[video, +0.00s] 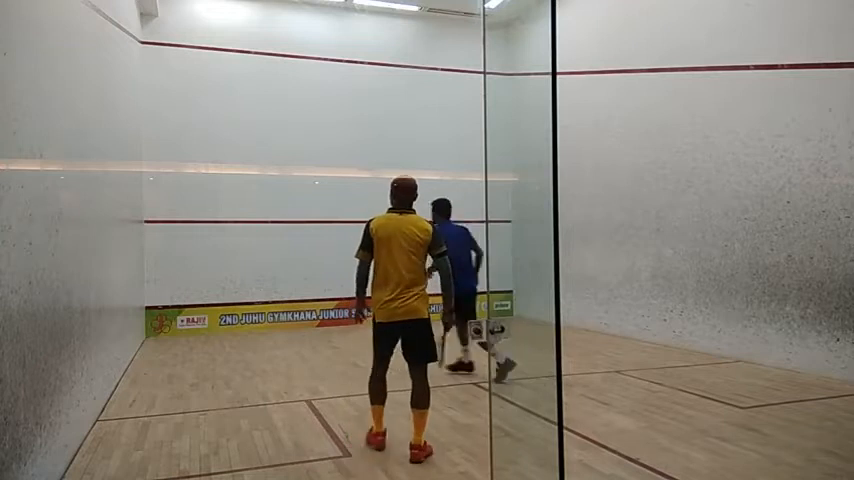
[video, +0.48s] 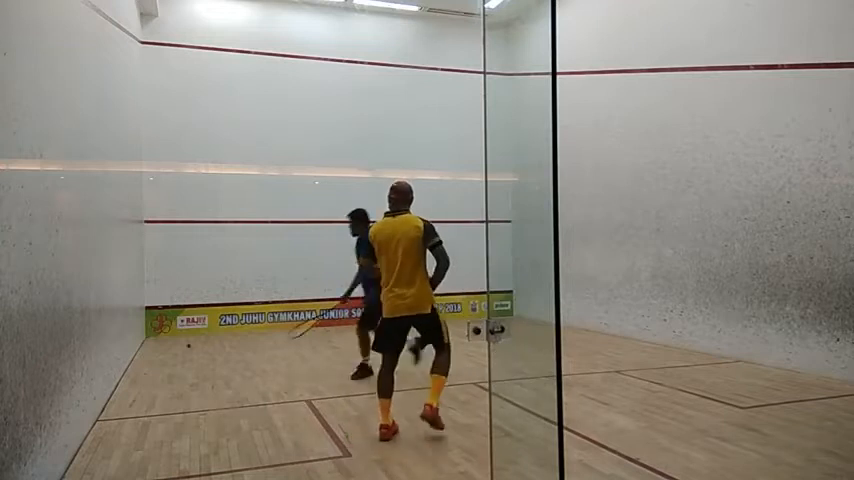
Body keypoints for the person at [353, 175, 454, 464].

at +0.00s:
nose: (394, 197)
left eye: (393, 193)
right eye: (407, 193)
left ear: (391, 196)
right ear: (415, 198)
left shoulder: (375, 226)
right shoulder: (427, 229)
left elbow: (362, 266)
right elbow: (445, 270)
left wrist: (359, 300)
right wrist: (449, 309)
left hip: (384, 314)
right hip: (416, 314)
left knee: (378, 370)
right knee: (419, 376)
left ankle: (378, 432)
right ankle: (417, 444)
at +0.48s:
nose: (390, 195)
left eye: (393, 192)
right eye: (392, 191)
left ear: (393, 199)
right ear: (411, 200)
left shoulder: (374, 231)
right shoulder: (422, 226)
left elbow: (370, 269)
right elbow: (443, 261)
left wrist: (389, 273)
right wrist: (430, 286)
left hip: (391, 308)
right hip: (421, 304)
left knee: (387, 364)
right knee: (442, 347)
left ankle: (385, 423)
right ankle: (432, 405)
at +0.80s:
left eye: (422, 199)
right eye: (434, 202)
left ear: (415, 203)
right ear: (435, 206)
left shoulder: (399, 232)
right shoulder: (441, 231)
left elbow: (392, 270)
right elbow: (460, 265)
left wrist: (412, 257)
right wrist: (453, 283)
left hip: (410, 311)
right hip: (438, 310)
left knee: (399, 361)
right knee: (450, 357)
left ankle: (387, 420)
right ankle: (461, 410)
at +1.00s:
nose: (452, 205)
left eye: (447, 199)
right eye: (458, 203)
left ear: (440, 202)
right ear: (460, 205)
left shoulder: (424, 231)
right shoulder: (463, 231)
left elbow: (418, 267)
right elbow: (482, 267)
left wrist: (438, 257)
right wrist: (473, 280)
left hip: (434, 307)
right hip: (459, 306)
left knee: (425, 349)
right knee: (467, 353)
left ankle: (406, 395)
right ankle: (465, 410)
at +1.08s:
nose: (469, 203)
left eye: (466, 198)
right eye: (470, 199)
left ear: (450, 200)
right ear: (470, 202)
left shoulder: (434, 229)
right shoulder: (473, 229)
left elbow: (428, 264)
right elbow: (493, 261)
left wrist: (449, 252)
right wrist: (485, 275)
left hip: (444, 303)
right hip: (468, 304)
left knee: (448, 344)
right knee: (471, 354)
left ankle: (425, 388)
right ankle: (465, 410)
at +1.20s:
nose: (478, 201)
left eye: (475, 196)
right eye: (478, 197)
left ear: (460, 199)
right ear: (479, 201)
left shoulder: (444, 228)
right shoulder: (481, 228)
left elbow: (438, 263)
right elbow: (502, 261)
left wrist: (458, 252)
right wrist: (492, 275)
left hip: (453, 300)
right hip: (475, 300)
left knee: (465, 343)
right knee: (474, 348)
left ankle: (453, 390)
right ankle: (466, 409)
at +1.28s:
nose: (490, 207)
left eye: (488, 202)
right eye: (490, 203)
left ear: (470, 202)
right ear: (488, 203)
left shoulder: (454, 228)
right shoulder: (489, 228)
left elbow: (448, 263)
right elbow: (513, 260)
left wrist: (469, 254)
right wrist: (505, 272)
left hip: (462, 302)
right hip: (481, 302)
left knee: (481, 351)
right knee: (478, 354)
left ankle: (485, 397)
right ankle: (466, 410)